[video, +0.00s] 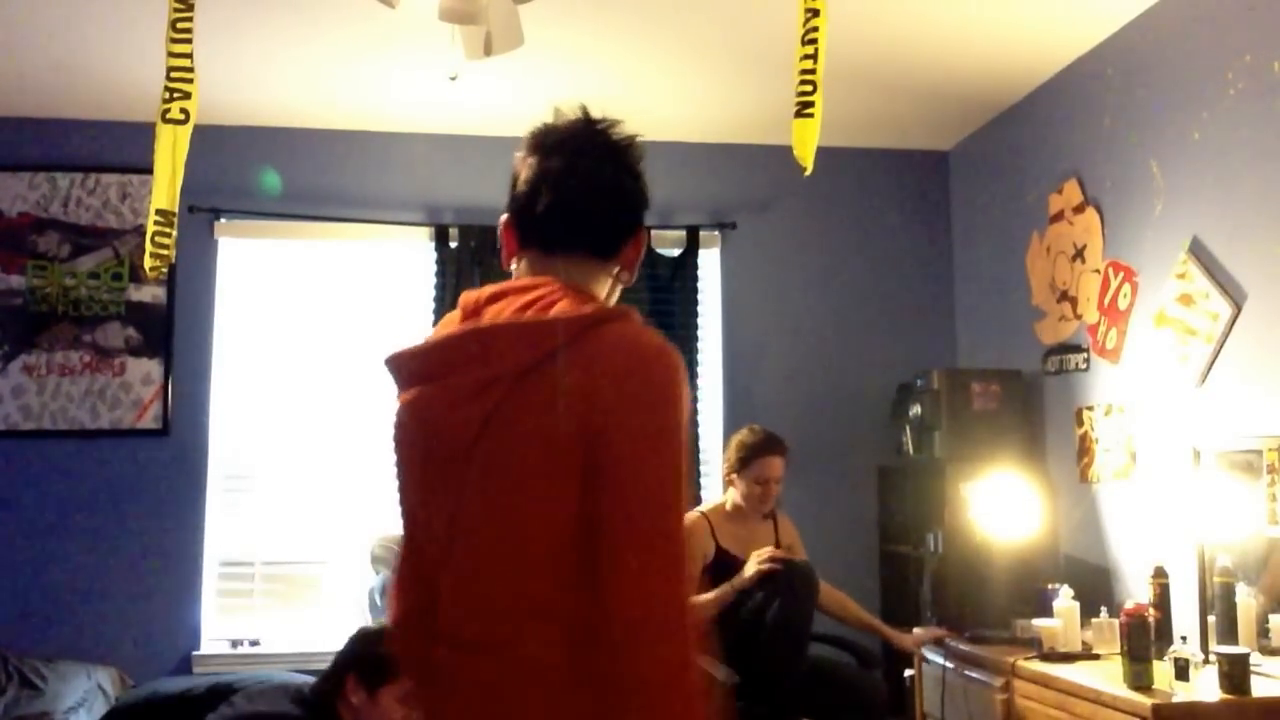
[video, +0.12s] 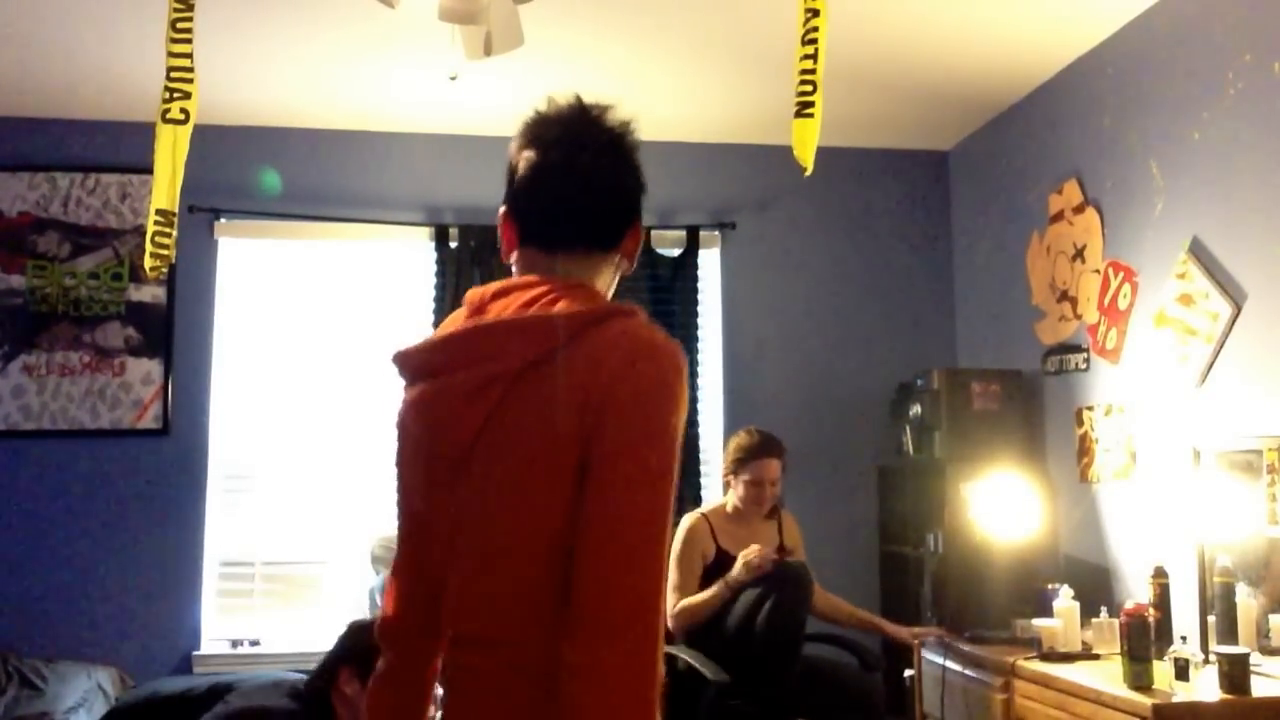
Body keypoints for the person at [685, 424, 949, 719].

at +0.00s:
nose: (771, 492)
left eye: (777, 482)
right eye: (760, 483)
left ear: (783, 479)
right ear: (731, 478)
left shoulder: (779, 525)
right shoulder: (697, 527)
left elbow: (814, 590)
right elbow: (684, 613)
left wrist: (894, 636)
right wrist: (741, 581)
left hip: (775, 634)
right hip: (723, 644)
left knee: (867, 660)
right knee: (798, 578)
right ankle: (764, 703)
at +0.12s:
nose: (767, 495)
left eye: (774, 484)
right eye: (756, 484)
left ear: (781, 482)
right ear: (729, 480)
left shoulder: (782, 524)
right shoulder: (698, 527)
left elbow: (812, 597)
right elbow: (677, 620)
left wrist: (892, 630)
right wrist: (735, 579)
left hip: (766, 640)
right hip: (706, 647)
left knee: (850, 669)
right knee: (792, 577)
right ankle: (765, 703)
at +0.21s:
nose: (762, 496)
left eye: (771, 485)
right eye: (751, 485)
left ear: (780, 481)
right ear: (727, 478)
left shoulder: (786, 524)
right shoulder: (702, 527)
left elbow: (803, 601)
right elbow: (688, 614)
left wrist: (876, 617)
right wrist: (730, 578)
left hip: (776, 643)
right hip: (719, 654)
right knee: (790, 576)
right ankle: (764, 707)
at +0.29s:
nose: (761, 496)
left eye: (770, 485)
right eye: (751, 485)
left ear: (780, 482)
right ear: (727, 480)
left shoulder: (789, 524)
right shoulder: (713, 527)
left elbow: (795, 603)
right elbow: (704, 597)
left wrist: (845, 602)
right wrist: (738, 570)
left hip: (778, 649)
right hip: (729, 651)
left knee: (858, 688)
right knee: (788, 575)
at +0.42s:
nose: (760, 496)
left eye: (769, 484)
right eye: (749, 485)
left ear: (781, 480)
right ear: (727, 479)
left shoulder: (794, 523)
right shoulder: (706, 525)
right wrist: (727, 571)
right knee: (781, 582)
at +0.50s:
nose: (760, 494)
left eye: (769, 484)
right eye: (750, 484)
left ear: (780, 481)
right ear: (728, 478)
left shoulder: (794, 524)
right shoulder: (700, 527)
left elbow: (812, 615)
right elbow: (679, 621)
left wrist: (804, 580)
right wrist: (726, 575)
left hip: (779, 650)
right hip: (713, 660)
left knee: (851, 690)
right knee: (776, 576)